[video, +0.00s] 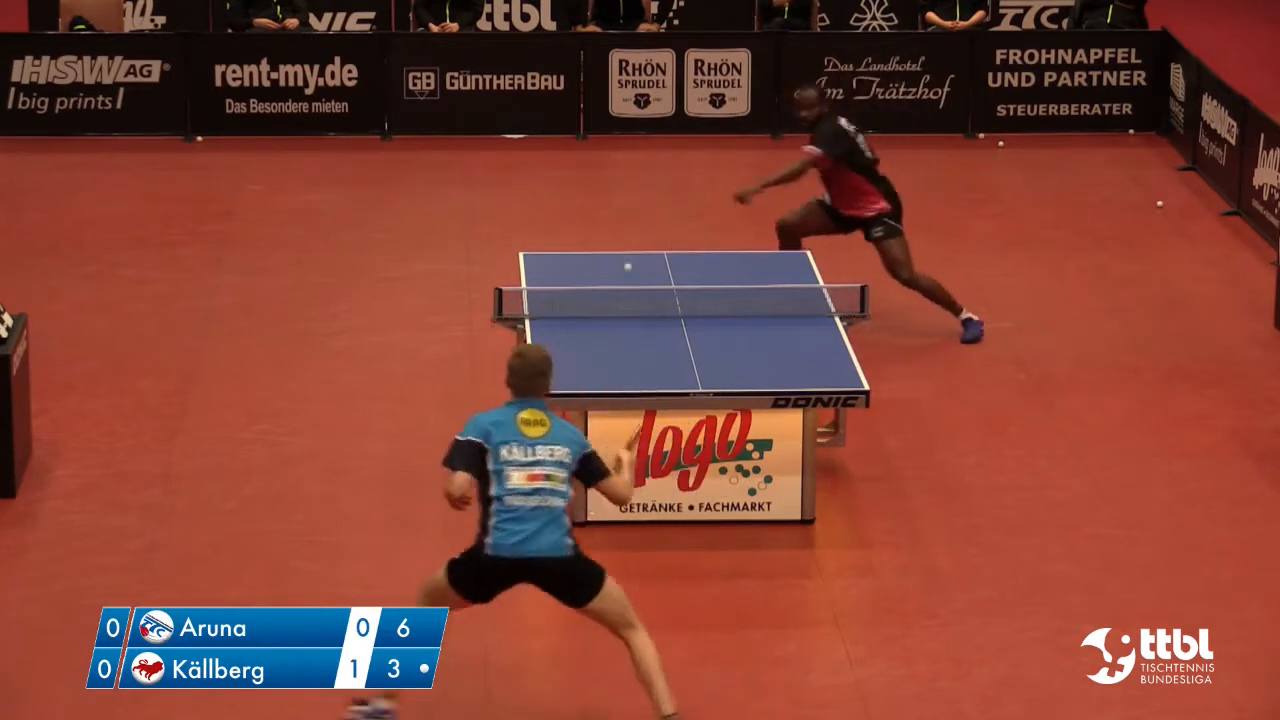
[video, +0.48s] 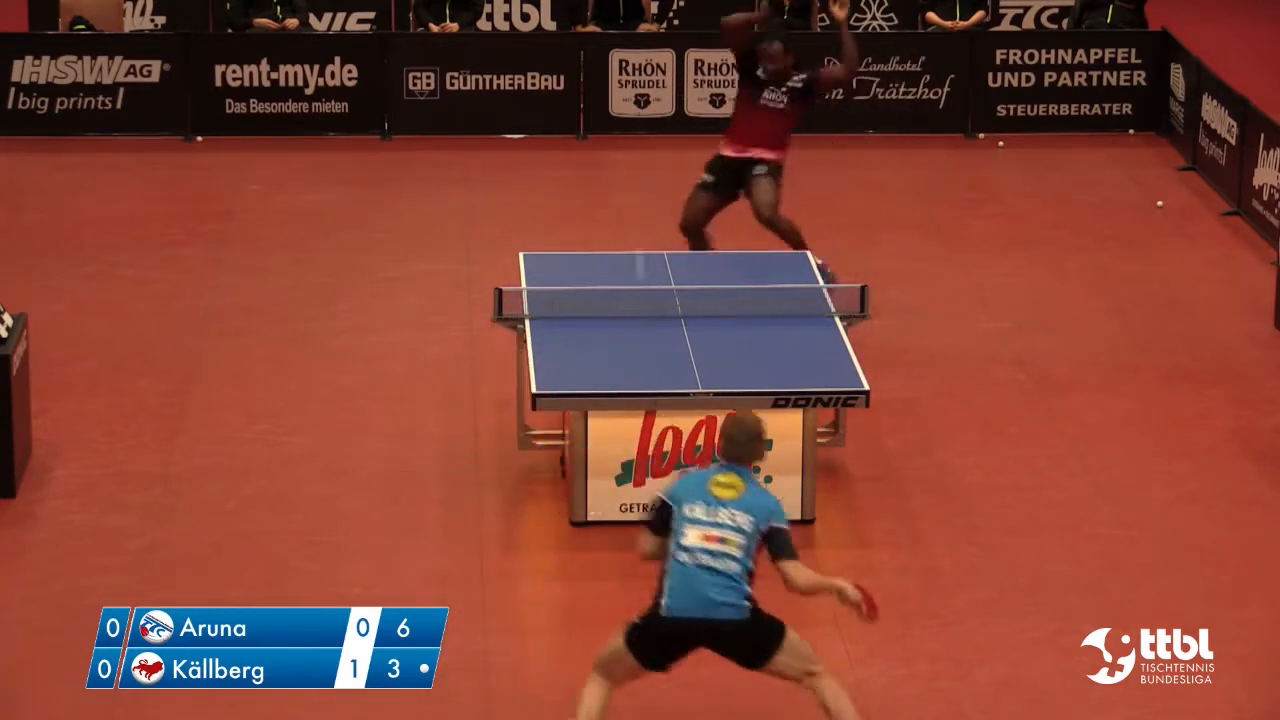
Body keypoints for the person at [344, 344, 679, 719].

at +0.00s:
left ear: (508, 383)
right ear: (549, 385)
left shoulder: (484, 425)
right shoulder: (569, 435)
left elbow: (459, 489)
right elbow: (621, 496)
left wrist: (459, 495)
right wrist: (625, 466)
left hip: (495, 557)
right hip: (558, 558)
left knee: (426, 601)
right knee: (630, 629)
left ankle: (381, 694)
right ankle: (669, 711)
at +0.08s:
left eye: (532, 388)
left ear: (530, 397)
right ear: (570, 401)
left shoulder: (505, 441)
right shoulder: (590, 449)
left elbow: (466, 501)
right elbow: (646, 506)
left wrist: (458, 507)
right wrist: (655, 478)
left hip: (520, 567)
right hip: (579, 571)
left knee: (456, 605)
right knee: (645, 639)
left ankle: (434, 706)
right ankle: (698, 714)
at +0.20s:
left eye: (582, 413)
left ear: (581, 419)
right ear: (621, 420)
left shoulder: (553, 460)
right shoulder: (641, 471)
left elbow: (499, 501)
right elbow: (700, 516)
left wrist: (491, 484)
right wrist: (704, 495)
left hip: (561, 591)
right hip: (623, 593)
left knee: (500, 633)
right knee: (698, 632)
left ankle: (444, 712)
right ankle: (720, 713)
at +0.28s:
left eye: (629, 406)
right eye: (655, 409)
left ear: (620, 414)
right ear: (660, 418)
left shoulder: (593, 453)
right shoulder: (680, 466)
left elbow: (532, 491)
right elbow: (735, 521)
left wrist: (540, 484)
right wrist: (729, 498)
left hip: (597, 584)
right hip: (656, 586)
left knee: (521, 640)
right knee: (751, 614)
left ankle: (458, 715)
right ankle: (759, 711)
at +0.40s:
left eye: (685, 419)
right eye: (711, 421)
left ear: (679, 425)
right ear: (718, 429)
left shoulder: (645, 463)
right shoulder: (730, 480)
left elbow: (585, 509)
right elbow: (773, 551)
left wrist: (618, 523)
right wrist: (793, 544)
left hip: (645, 597)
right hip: (707, 602)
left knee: (565, 634)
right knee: (786, 665)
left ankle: (549, 714)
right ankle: (841, 717)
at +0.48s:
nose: (764, 452)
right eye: (764, 446)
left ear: (719, 447)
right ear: (760, 454)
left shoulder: (684, 484)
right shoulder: (764, 501)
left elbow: (648, 549)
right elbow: (798, 579)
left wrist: (687, 542)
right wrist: (839, 586)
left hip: (673, 617)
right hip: (733, 619)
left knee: (603, 675)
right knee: (814, 676)